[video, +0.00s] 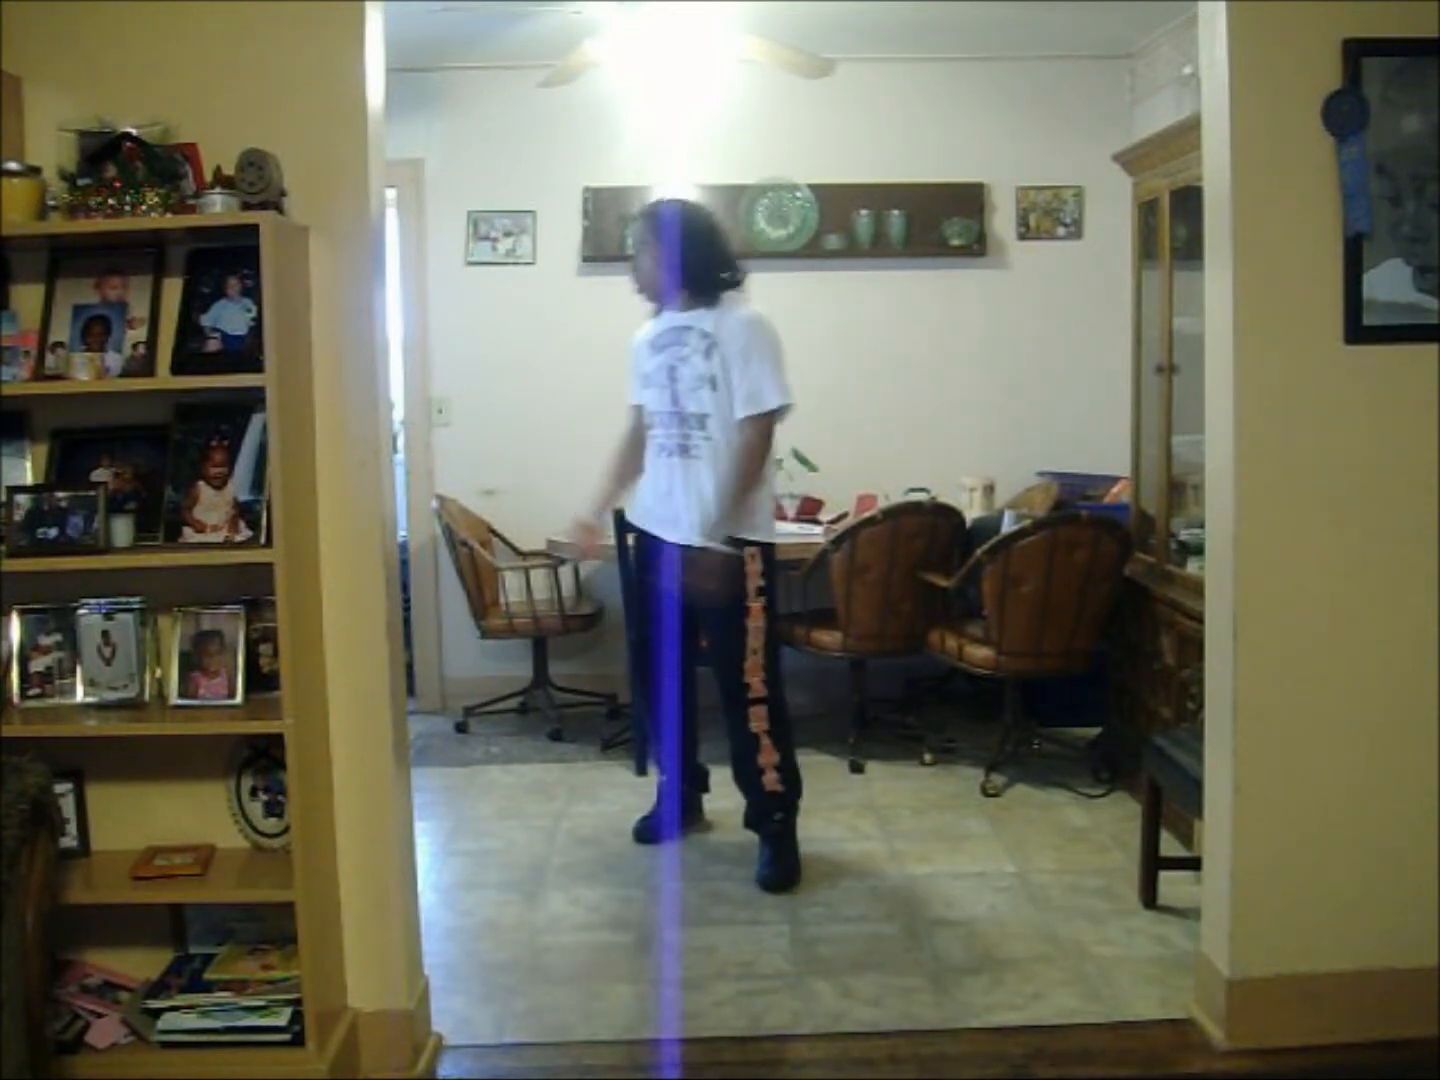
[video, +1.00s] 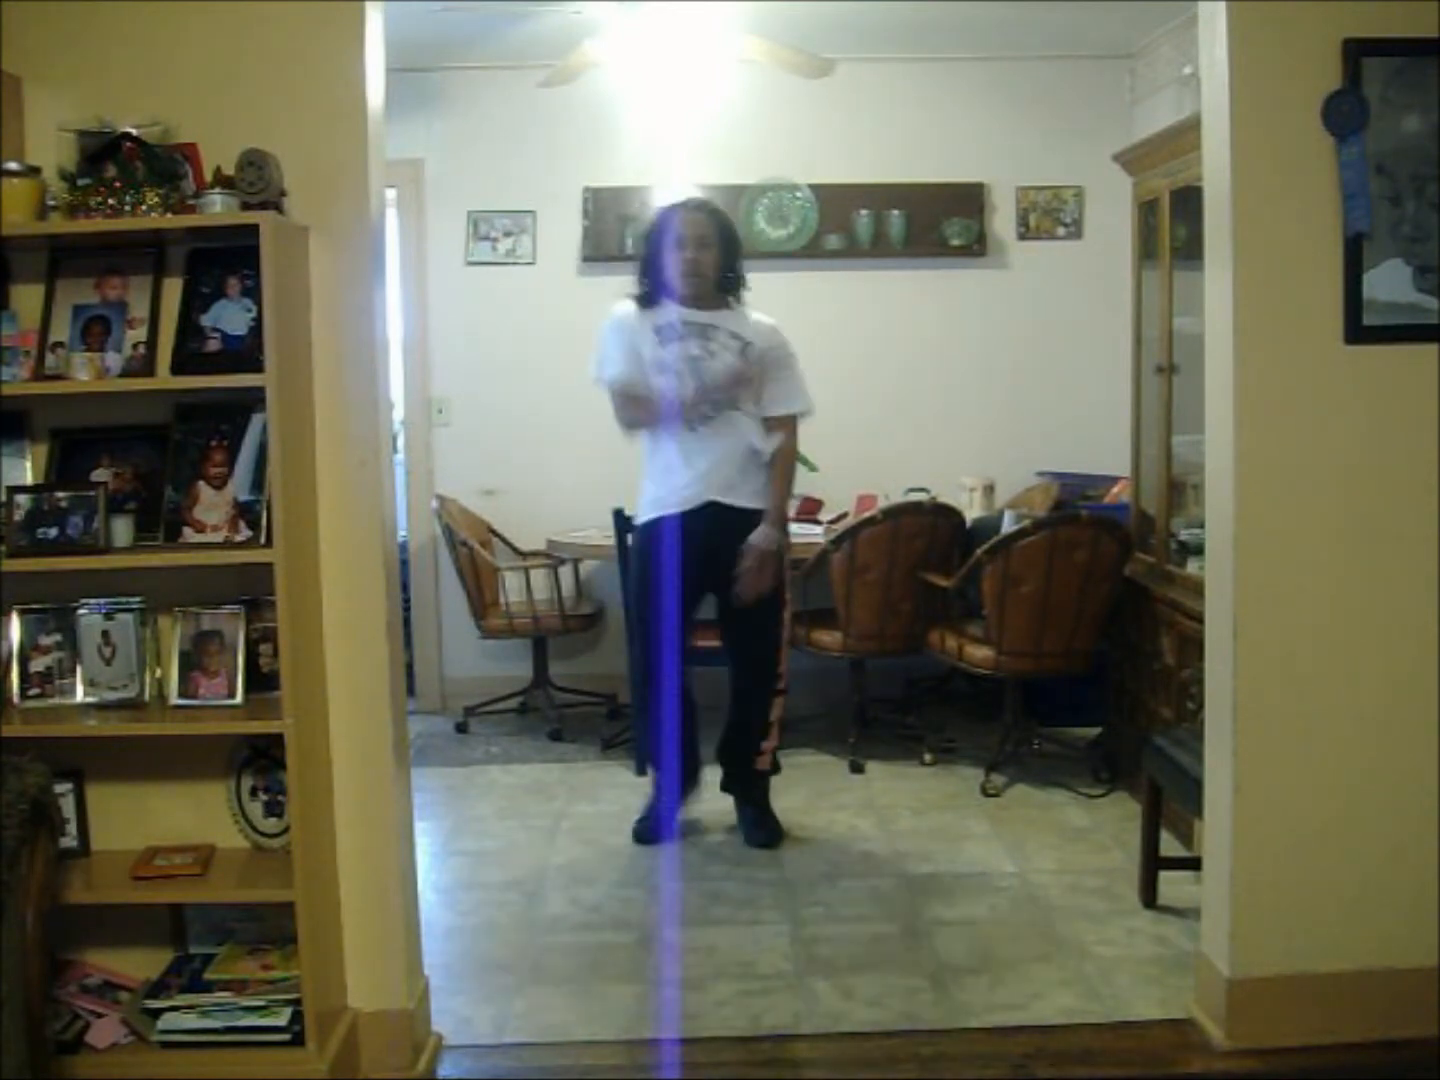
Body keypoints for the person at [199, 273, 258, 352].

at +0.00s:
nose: (233, 289)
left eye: (235, 285)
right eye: (230, 286)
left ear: (240, 287)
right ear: (226, 288)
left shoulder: (247, 304)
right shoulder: (221, 304)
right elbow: (205, 320)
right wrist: (210, 335)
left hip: (244, 338)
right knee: (212, 342)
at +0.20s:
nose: (233, 289)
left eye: (235, 285)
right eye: (230, 286)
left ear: (240, 287)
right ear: (225, 288)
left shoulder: (247, 304)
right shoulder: (221, 304)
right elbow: (205, 320)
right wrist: (210, 335)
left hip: (244, 338)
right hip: (225, 337)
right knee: (212, 342)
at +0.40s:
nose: (233, 289)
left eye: (235, 285)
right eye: (230, 286)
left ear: (240, 287)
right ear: (225, 288)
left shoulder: (247, 304)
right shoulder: (221, 304)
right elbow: (205, 320)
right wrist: (210, 335)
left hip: (244, 338)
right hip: (225, 337)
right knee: (212, 342)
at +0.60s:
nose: (233, 288)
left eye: (235, 285)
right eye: (230, 286)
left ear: (240, 287)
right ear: (225, 288)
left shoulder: (247, 303)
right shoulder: (221, 304)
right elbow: (206, 320)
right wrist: (210, 335)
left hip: (244, 338)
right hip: (224, 337)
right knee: (212, 341)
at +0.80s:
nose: (233, 289)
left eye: (236, 285)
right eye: (230, 286)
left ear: (240, 287)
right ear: (225, 288)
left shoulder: (247, 304)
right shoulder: (220, 305)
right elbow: (206, 320)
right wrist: (211, 335)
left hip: (245, 338)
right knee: (212, 341)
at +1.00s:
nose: (233, 289)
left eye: (235, 285)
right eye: (230, 286)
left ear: (240, 287)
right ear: (225, 288)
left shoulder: (247, 304)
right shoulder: (220, 304)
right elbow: (205, 320)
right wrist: (210, 335)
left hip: (244, 337)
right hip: (224, 337)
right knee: (212, 341)